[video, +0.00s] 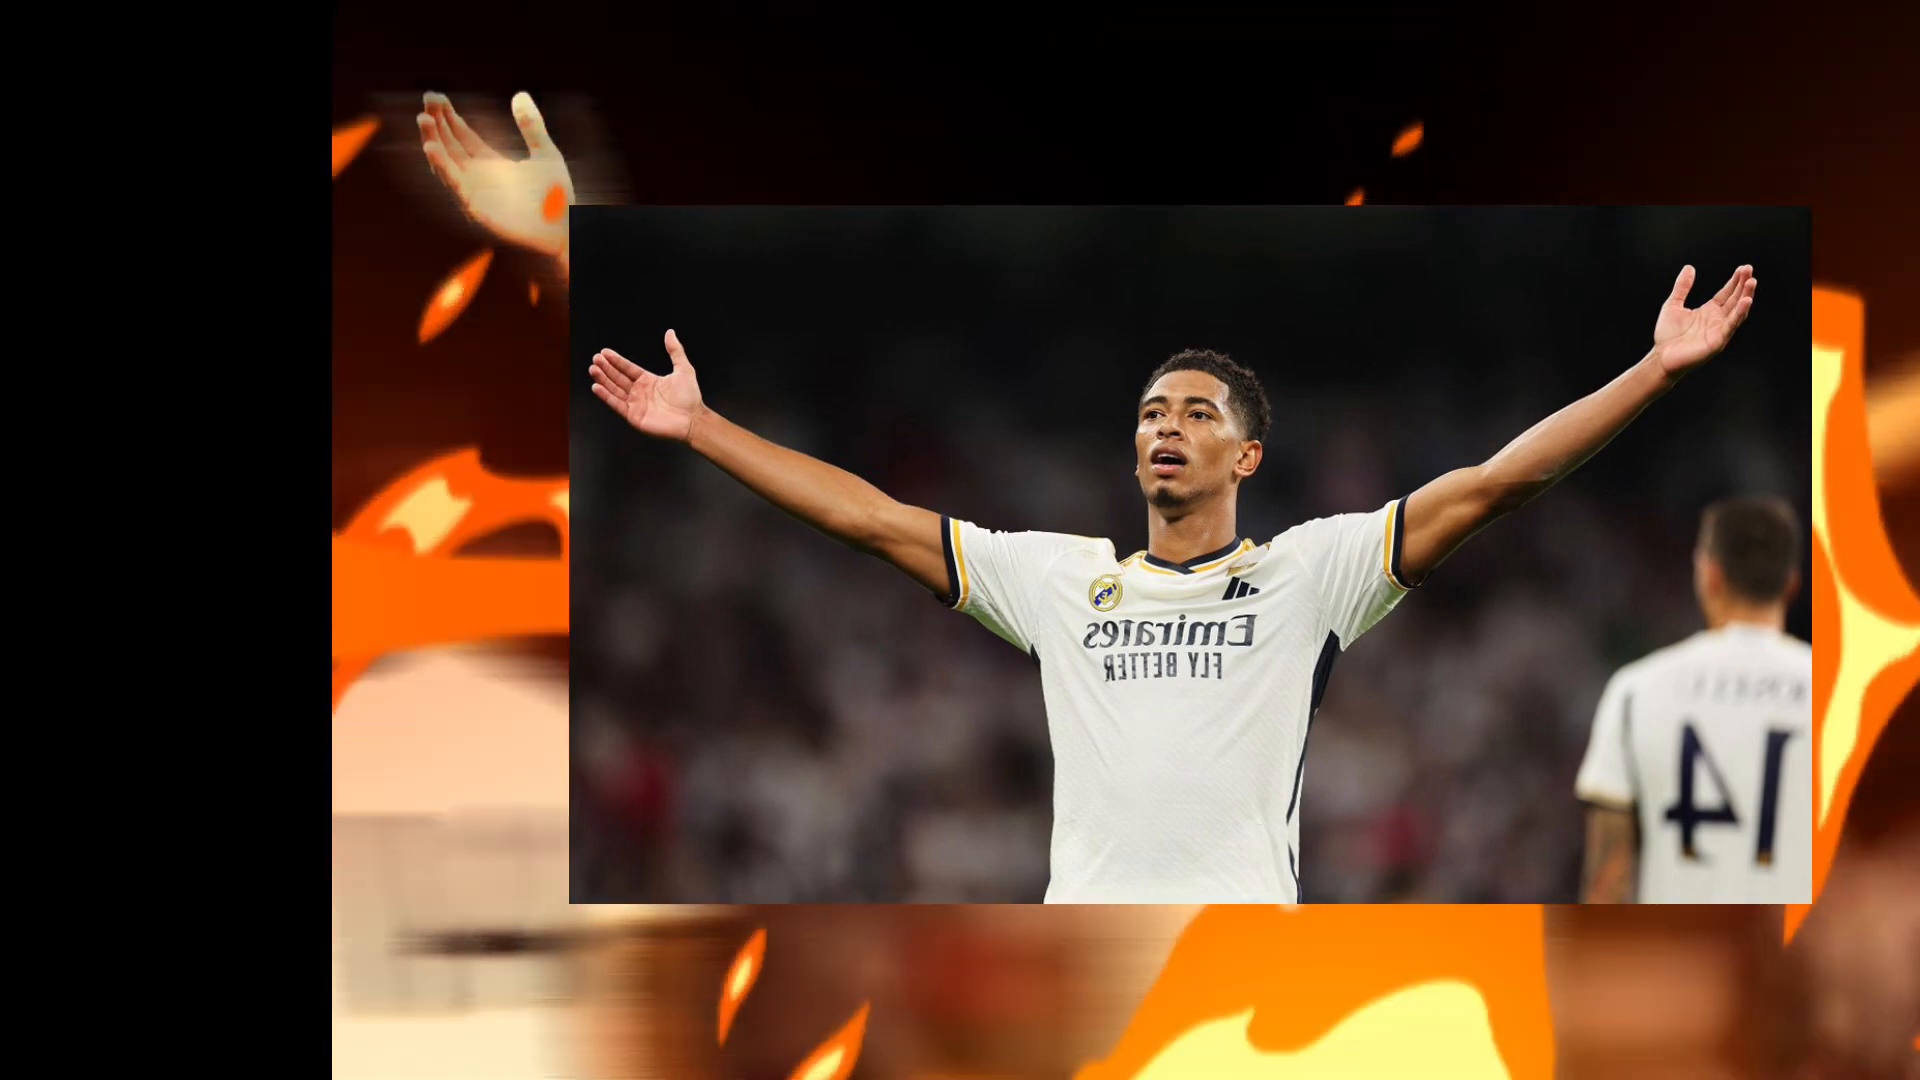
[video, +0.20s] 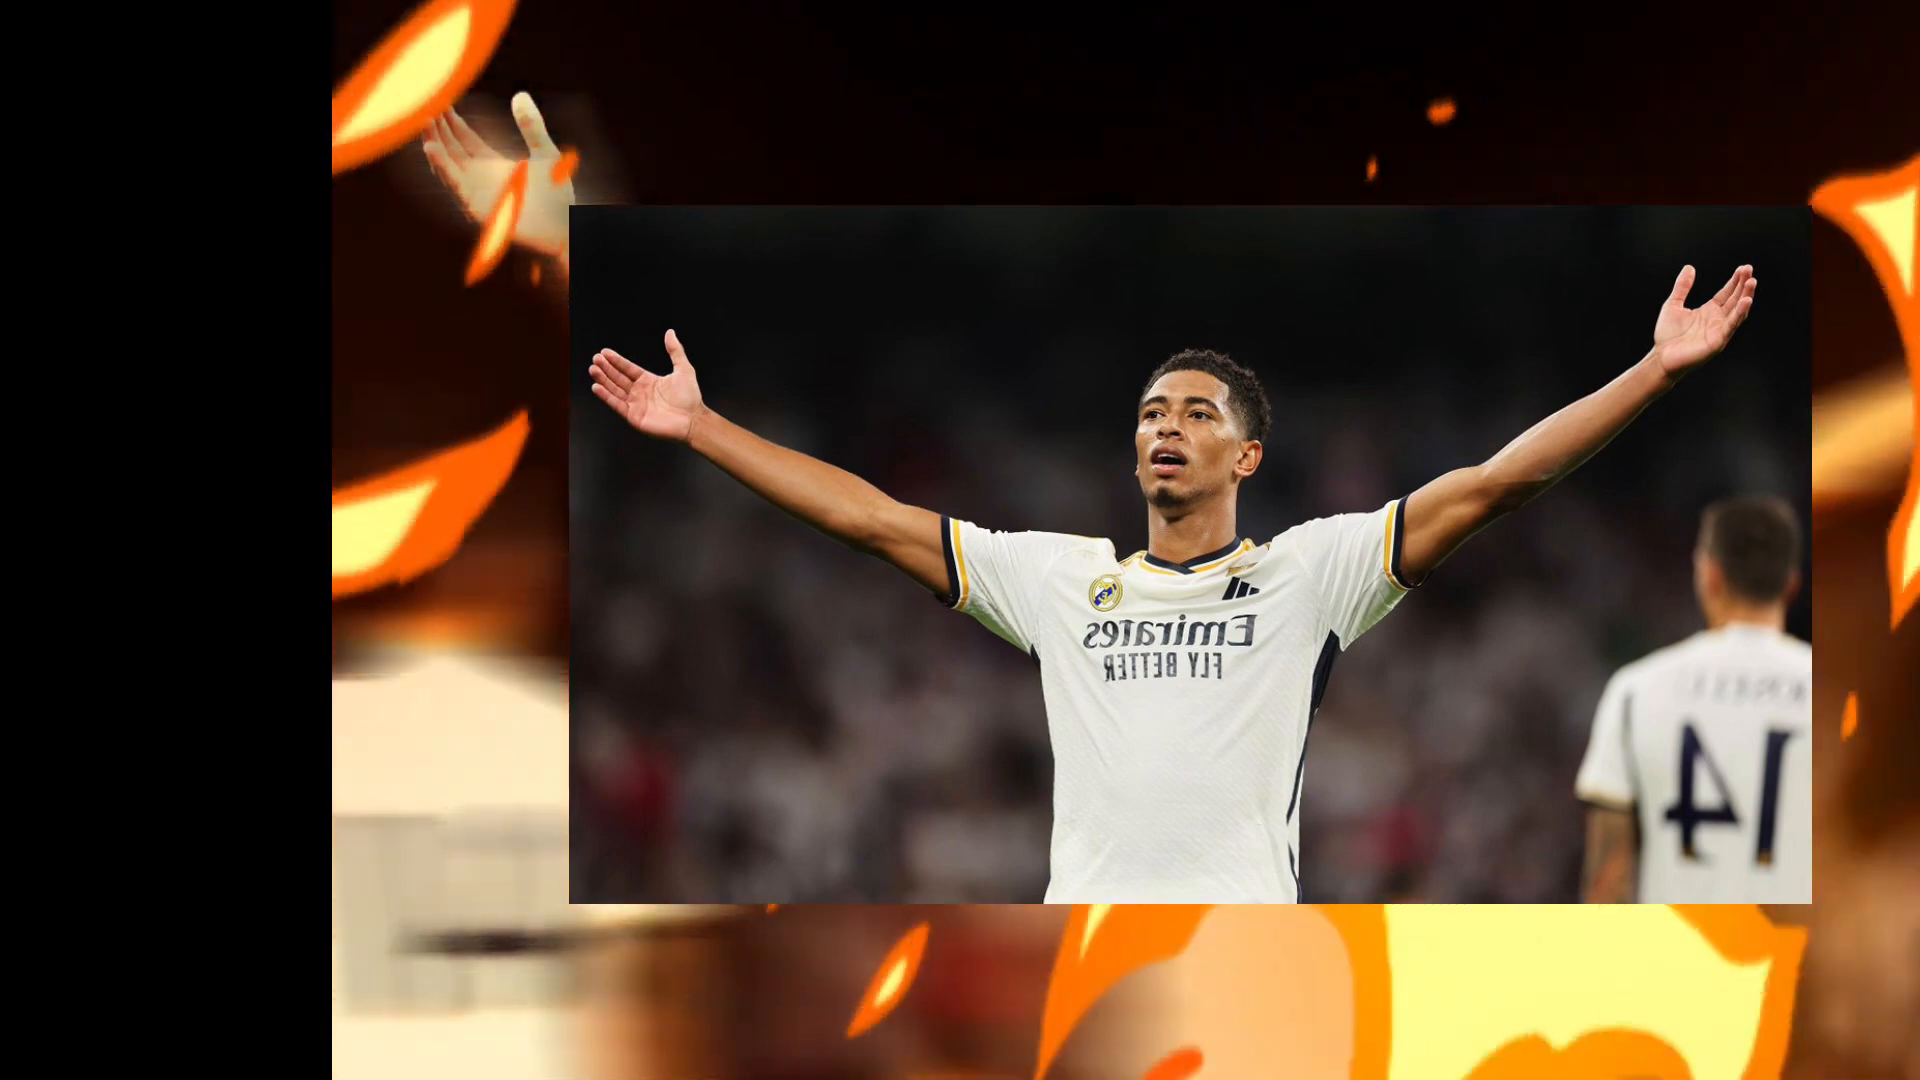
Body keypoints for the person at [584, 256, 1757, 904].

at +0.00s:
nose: (1168, 428)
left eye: (1199, 415)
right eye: (1154, 414)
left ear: (1248, 455)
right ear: (1134, 451)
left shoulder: (1308, 569)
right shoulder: (1058, 579)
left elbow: (1494, 482)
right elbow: (878, 519)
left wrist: (1656, 366)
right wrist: (701, 428)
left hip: (1246, 944)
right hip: (1085, 945)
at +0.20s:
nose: (1167, 430)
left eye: (1198, 415)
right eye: (1153, 414)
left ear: (1248, 455)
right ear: (1134, 451)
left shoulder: (1308, 570)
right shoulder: (1058, 580)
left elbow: (1493, 481)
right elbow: (878, 519)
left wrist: (1656, 367)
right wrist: (700, 427)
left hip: (1252, 944)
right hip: (1092, 945)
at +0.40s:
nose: (1171, 429)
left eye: (1199, 415)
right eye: (1156, 414)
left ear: (1248, 452)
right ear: (1133, 450)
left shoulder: (1309, 570)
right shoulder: (1058, 578)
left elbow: (1493, 482)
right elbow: (878, 519)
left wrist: (1655, 367)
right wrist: (698, 427)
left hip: (1249, 939)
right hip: (1086, 938)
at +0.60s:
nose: (1163, 438)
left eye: (1191, 421)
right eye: (1152, 422)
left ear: (1251, 455)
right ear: (1135, 452)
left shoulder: (1310, 569)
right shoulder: (1066, 576)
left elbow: (1496, 480)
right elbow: (880, 519)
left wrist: (1658, 366)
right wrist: (702, 426)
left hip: (1254, 943)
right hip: (1084, 939)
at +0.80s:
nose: (1162, 438)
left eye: (1190, 421)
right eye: (1151, 421)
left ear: (1251, 456)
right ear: (1134, 452)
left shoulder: (1310, 569)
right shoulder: (1064, 576)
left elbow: (1497, 480)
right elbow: (879, 519)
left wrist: (1658, 367)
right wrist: (703, 427)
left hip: (1253, 940)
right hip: (1084, 937)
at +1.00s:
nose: (1167, 431)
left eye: (1198, 416)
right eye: (1153, 415)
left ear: (1247, 455)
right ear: (1133, 451)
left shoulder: (1309, 569)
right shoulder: (1058, 578)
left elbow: (1489, 484)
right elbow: (880, 519)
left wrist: (1655, 366)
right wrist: (699, 427)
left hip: (1250, 943)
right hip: (1087, 940)